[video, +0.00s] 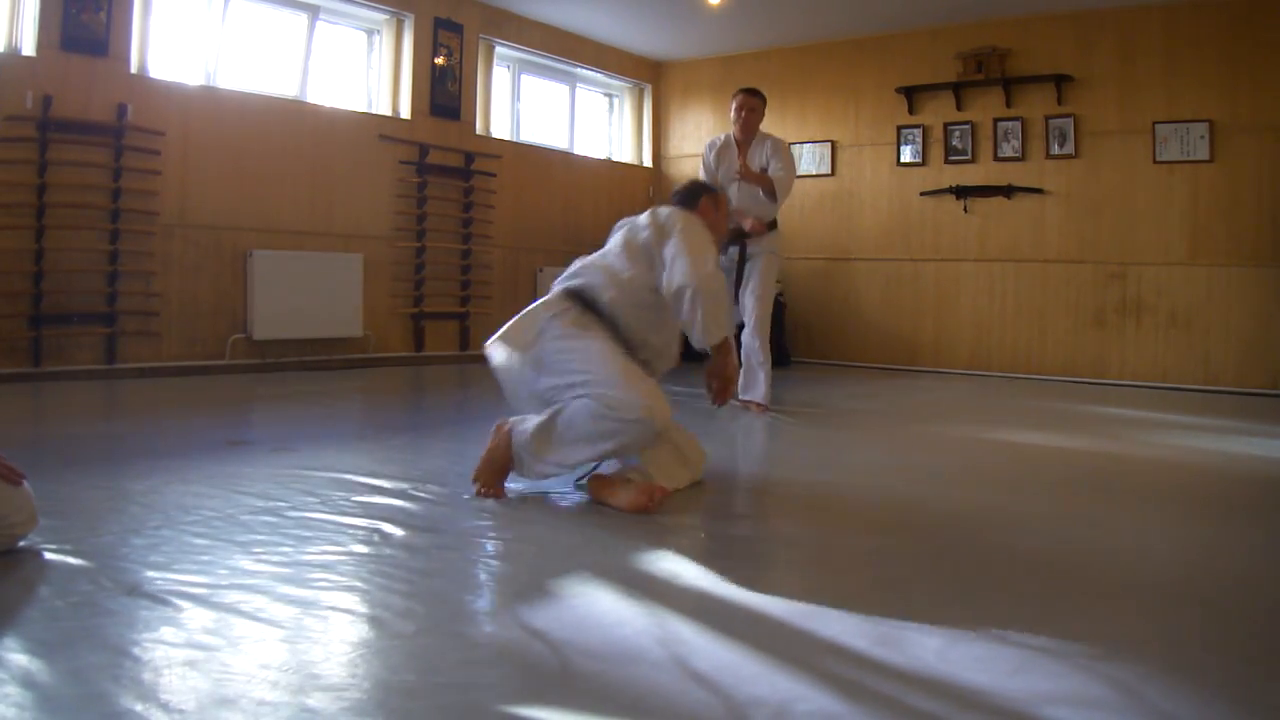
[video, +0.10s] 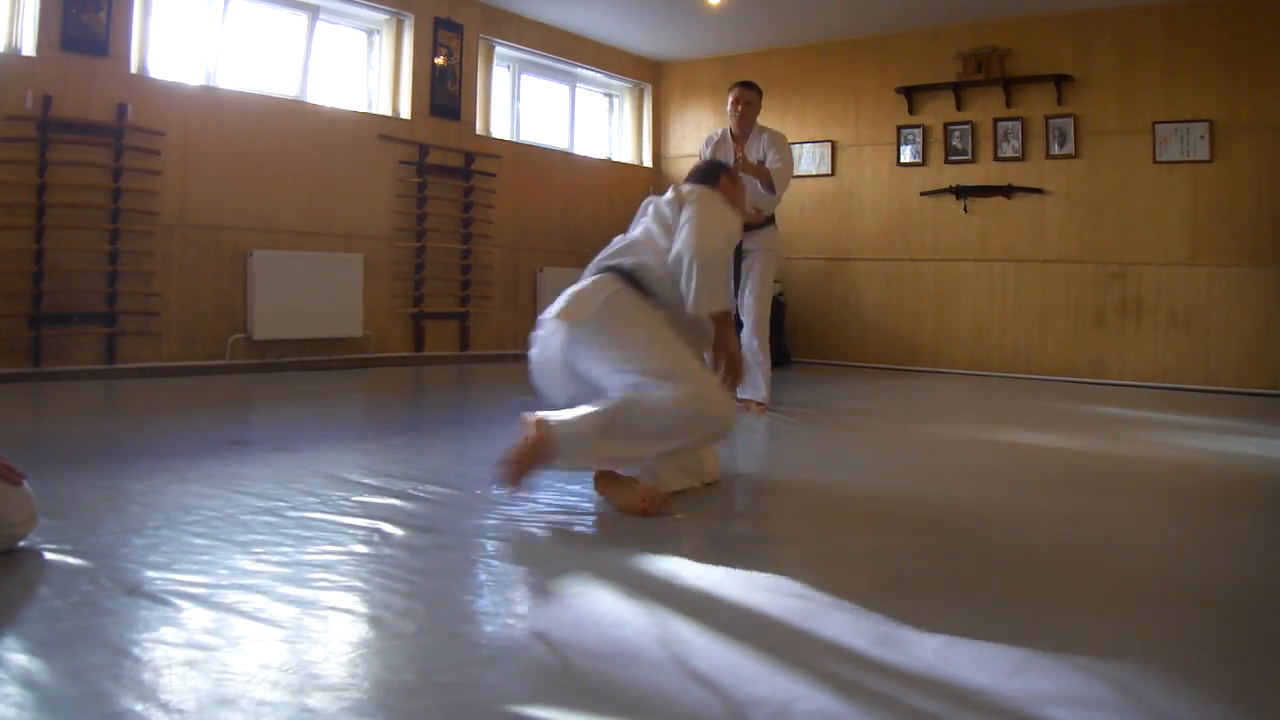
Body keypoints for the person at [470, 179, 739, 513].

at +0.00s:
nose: (728, 229)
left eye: (728, 220)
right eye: (725, 216)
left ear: (683, 204)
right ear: (707, 207)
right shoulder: (680, 221)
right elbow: (694, 279)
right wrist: (722, 351)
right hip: (562, 328)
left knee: (686, 452)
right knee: (641, 410)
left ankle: (614, 478)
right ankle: (514, 440)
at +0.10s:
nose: (746, 213)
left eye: (745, 203)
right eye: (742, 199)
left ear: (693, 185)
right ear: (726, 184)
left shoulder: (661, 211)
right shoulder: (709, 200)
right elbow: (699, 250)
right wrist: (725, 328)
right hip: (597, 311)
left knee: (700, 464)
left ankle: (621, 474)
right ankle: (553, 435)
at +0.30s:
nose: (769, 155)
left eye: (768, 149)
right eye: (769, 148)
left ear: (715, 143)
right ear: (760, 144)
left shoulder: (691, 181)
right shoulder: (742, 164)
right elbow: (735, 208)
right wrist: (769, 281)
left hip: (629, 317)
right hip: (678, 290)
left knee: (699, 454)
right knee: (817, 336)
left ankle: (639, 472)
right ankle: (775, 450)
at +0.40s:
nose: (782, 141)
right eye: (783, 135)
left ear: (727, 131)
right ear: (778, 134)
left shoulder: (698, 179)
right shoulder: (765, 157)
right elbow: (769, 206)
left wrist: (750, 376)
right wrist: (786, 267)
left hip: (663, 303)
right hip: (716, 286)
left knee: (700, 449)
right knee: (835, 318)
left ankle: (642, 472)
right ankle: (818, 447)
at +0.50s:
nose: (733, 113)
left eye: (740, 108)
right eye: (803, 121)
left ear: (750, 113)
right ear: (798, 117)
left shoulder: (713, 165)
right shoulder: (793, 146)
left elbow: (698, 233)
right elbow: (819, 219)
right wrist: (819, 281)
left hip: (690, 300)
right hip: (747, 285)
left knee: (704, 446)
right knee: (837, 335)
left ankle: (638, 475)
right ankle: (809, 457)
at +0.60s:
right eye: (822, 106)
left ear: (770, 100)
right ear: (820, 106)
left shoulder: (734, 149)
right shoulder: (821, 141)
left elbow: (704, 219)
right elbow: (846, 225)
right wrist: (834, 282)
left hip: (706, 279)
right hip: (764, 268)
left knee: (718, 438)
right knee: (837, 350)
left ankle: (643, 477)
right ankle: (804, 457)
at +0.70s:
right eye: (839, 90)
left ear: (790, 84)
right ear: (838, 90)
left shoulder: (749, 129)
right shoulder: (835, 131)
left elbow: (711, 202)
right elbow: (853, 214)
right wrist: (846, 281)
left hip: (711, 254)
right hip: (769, 244)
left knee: (723, 380)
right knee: (836, 351)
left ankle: (648, 473)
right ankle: (805, 456)